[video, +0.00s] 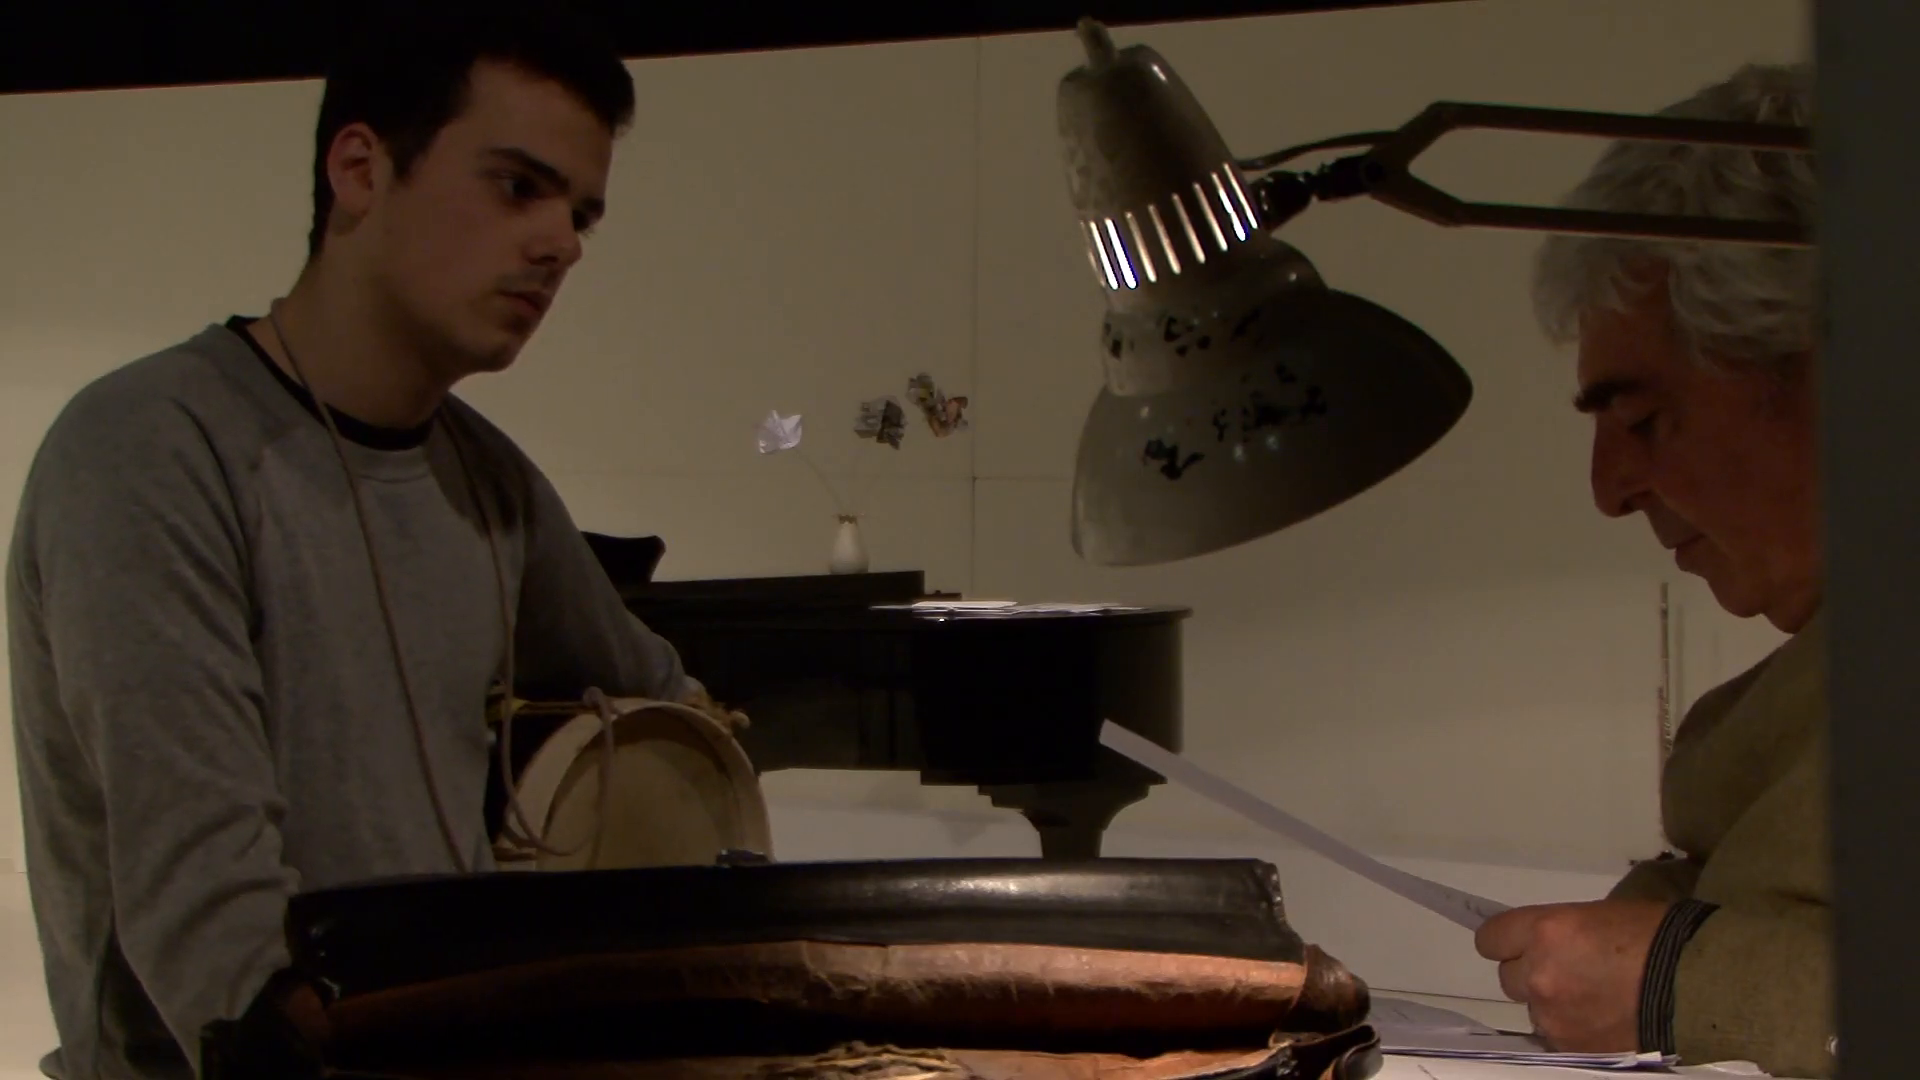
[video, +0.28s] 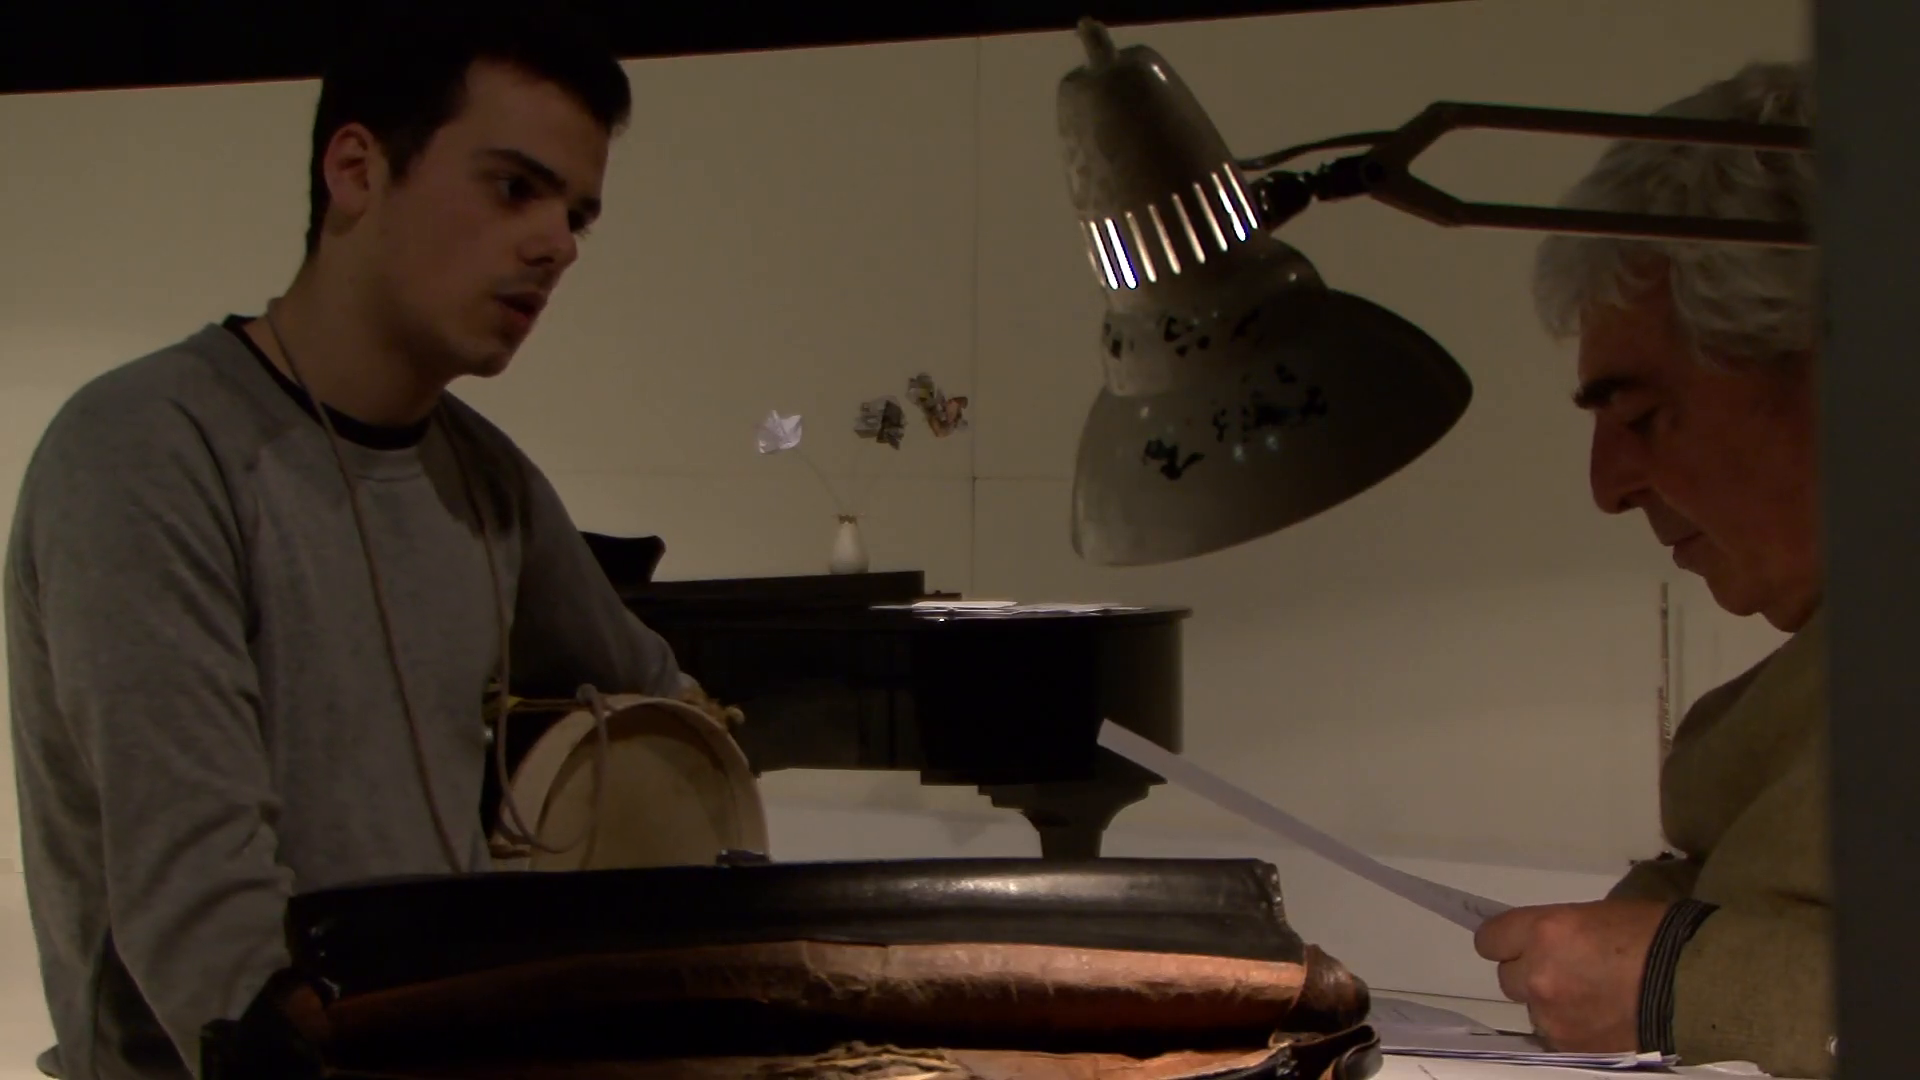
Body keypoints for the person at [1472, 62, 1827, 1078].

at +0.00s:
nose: (1612, 492)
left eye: (1641, 417)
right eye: (1604, 427)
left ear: (1822, 364)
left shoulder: (1870, 667)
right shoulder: (1799, 678)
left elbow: (1887, 1004)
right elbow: (1765, 880)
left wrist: (1680, 983)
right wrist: (1652, 932)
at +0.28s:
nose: (1610, 487)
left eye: (1640, 413)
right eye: (1603, 422)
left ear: (1827, 366)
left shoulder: (1870, 666)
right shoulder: (1806, 674)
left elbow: (1886, 1005)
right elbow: (1768, 879)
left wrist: (1679, 982)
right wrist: (1651, 931)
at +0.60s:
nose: (1609, 489)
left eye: (1639, 413)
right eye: (1602, 423)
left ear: (1824, 365)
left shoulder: (1871, 663)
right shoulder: (1808, 669)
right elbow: (1773, 881)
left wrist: (1678, 982)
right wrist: (1653, 929)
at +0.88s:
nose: (1609, 491)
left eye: (1637, 416)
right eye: (1601, 426)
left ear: (1819, 366)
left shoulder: (1869, 662)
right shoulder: (1804, 673)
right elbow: (1766, 878)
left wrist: (1679, 983)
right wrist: (1652, 930)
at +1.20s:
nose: (1615, 478)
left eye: (1646, 404)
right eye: (1610, 412)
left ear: (1825, 359)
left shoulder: (1869, 666)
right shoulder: (1799, 682)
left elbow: (1887, 1006)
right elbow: (1772, 881)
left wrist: (1678, 982)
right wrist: (1656, 932)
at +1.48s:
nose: (1613, 485)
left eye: (1643, 409)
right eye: (1606, 418)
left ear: (1828, 361)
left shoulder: (1868, 670)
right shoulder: (1795, 687)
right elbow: (1759, 879)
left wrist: (1678, 982)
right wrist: (1655, 933)